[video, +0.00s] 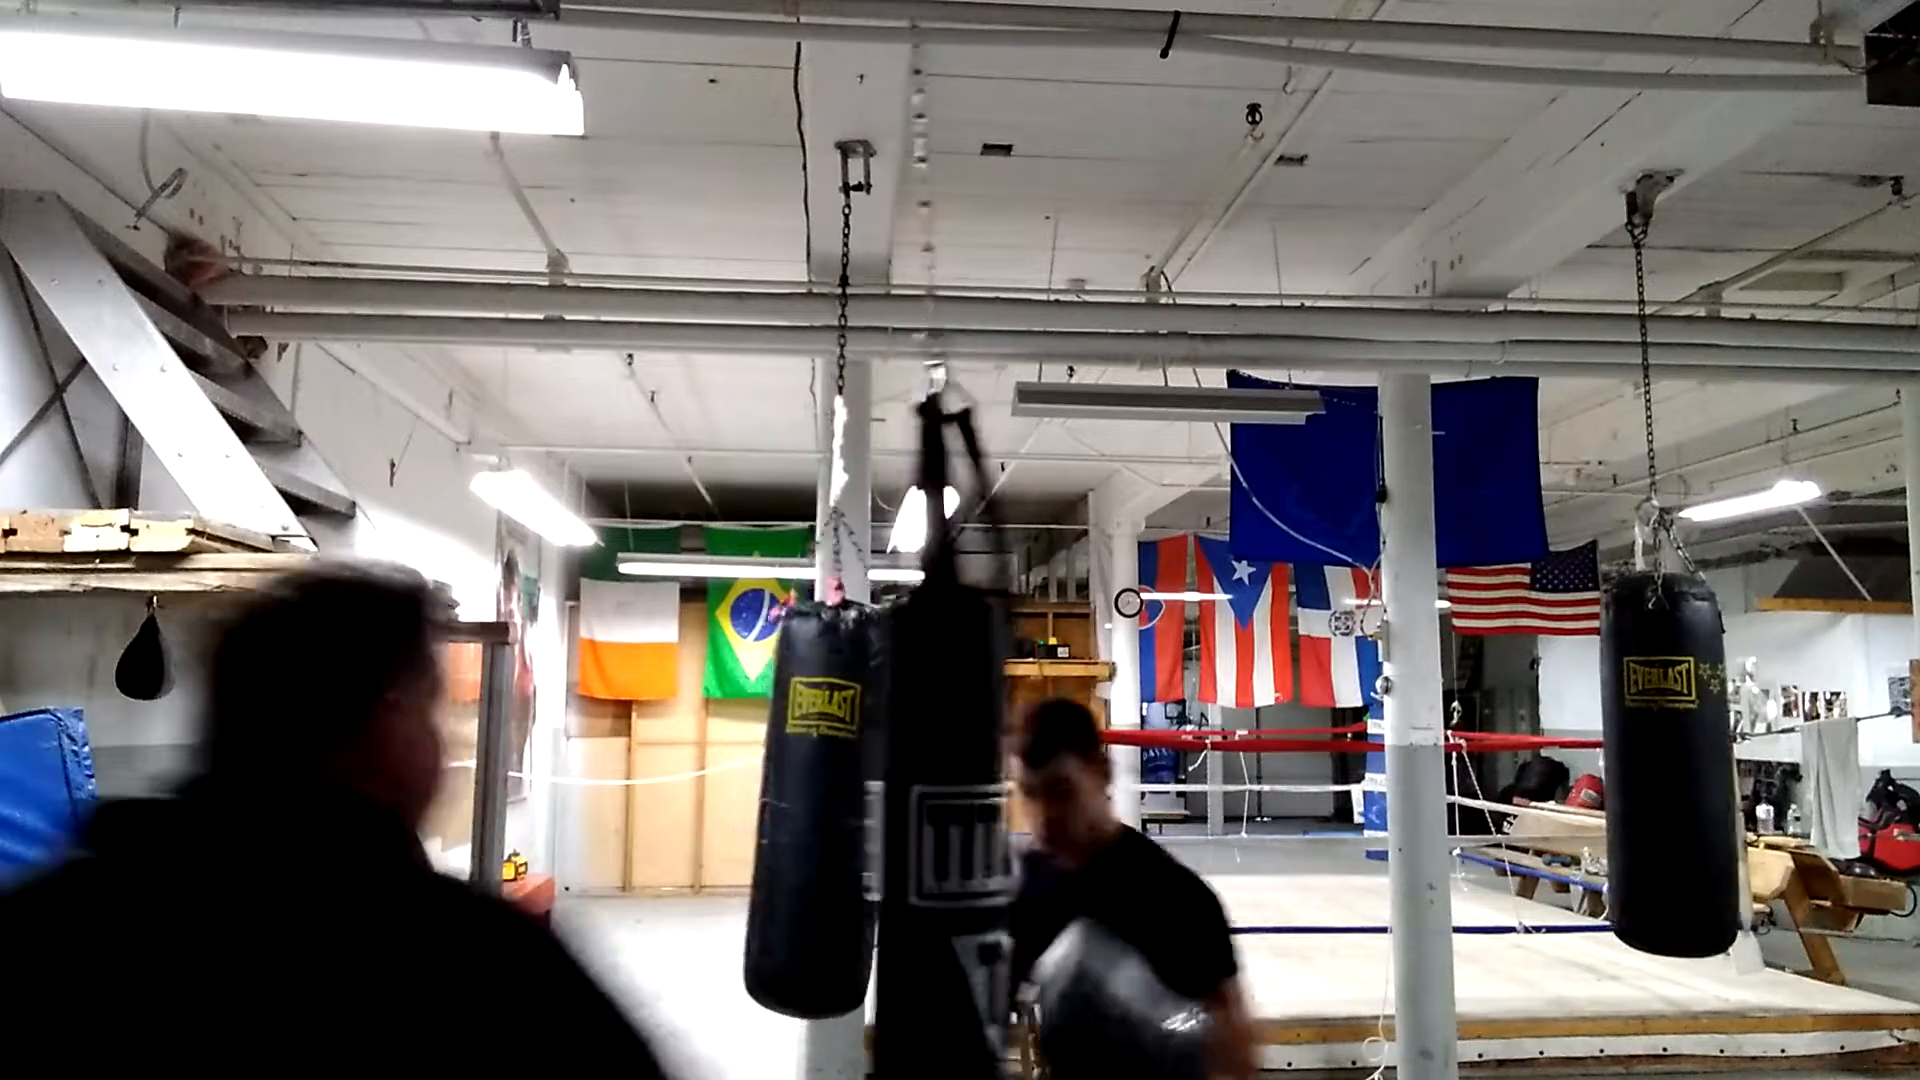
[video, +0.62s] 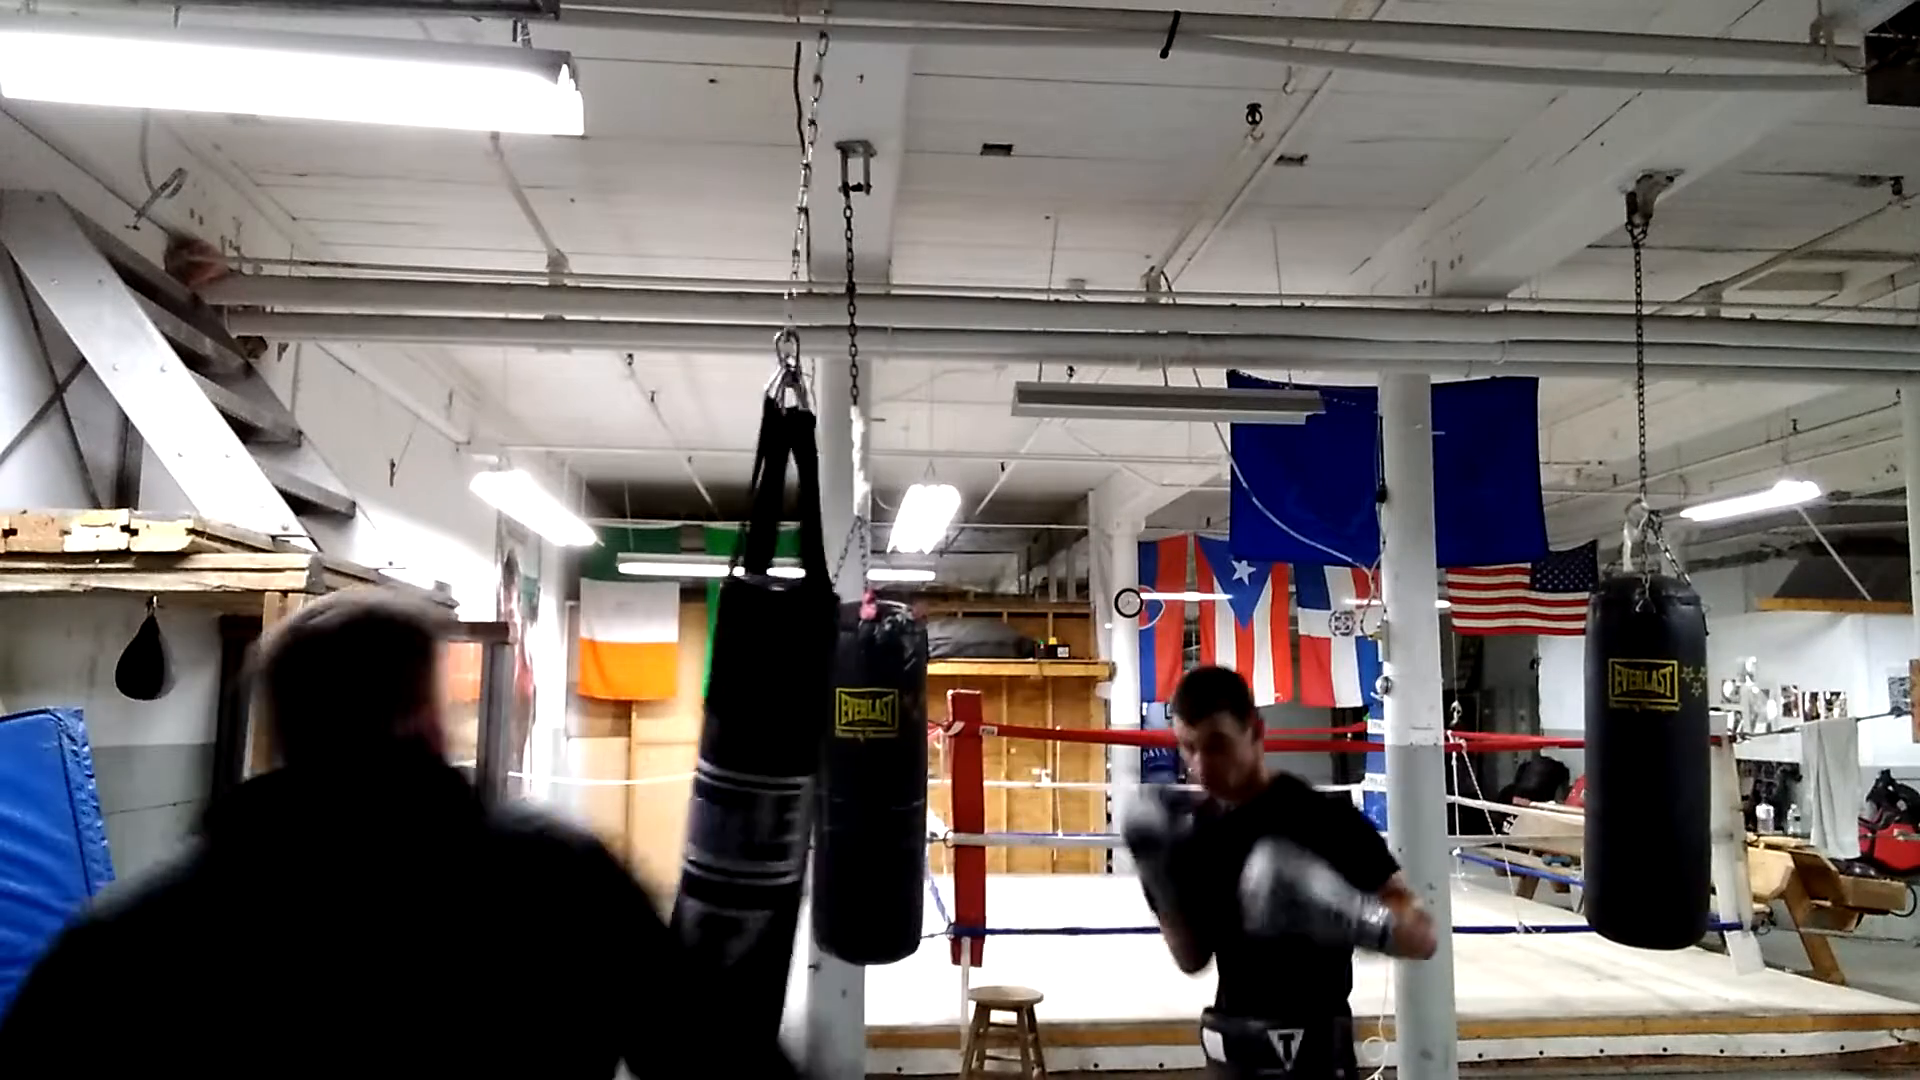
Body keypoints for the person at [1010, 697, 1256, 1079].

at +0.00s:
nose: (1045, 814)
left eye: (1060, 791)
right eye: (1031, 795)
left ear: (1103, 774)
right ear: (1020, 790)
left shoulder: (1176, 895)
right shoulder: (1035, 879)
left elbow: (1234, 1038)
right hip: (1067, 1078)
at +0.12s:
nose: (1082, 800)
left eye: (1096, 779)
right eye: (1068, 782)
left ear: (1136, 769)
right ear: (1054, 781)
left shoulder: (1204, 864)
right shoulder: (1077, 875)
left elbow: (1281, 1000)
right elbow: (1052, 1004)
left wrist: (1188, 893)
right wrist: (1029, 892)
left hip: (1217, 1076)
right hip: (1130, 1074)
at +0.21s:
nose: (1100, 765)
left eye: (1115, 743)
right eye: (1089, 747)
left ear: (1156, 734)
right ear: (1080, 747)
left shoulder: (1231, 825)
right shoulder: (1103, 840)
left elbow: (1297, 963)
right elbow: (1097, 979)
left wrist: (1209, 877)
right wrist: (1069, 865)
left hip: (1241, 1048)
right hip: (1153, 1051)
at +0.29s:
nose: (1129, 750)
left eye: (1143, 728)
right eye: (1117, 731)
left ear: (1183, 715)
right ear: (1107, 730)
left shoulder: (1253, 810)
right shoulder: (1117, 813)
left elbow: (1317, 945)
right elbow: (1129, 966)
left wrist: (1220, 871)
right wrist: (1100, 861)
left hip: (1261, 1038)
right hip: (1185, 1040)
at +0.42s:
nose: (1173, 780)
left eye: (1186, 758)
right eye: (1160, 762)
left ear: (1228, 745)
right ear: (1151, 761)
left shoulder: (1287, 839)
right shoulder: (1168, 846)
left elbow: (1358, 971)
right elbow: (1155, 985)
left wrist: (1242, 919)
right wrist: (1124, 894)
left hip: (1293, 1065)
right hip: (1211, 1060)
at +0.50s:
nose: (1186, 789)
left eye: (1203, 768)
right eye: (1175, 770)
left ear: (1242, 755)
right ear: (1165, 767)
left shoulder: (1313, 852)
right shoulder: (1192, 860)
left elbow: (1387, 972)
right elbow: (1183, 997)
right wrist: (1151, 928)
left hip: (1312, 1060)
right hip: (1230, 1056)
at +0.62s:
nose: (1201, 765)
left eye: (1216, 745)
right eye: (1189, 749)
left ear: (1256, 731)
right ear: (1178, 746)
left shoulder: (1326, 818)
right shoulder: (1199, 831)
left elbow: (1421, 937)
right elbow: (1192, 958)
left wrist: (1334, 903)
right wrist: (1155, 865)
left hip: (1317, 1043)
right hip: (1235, 1043)